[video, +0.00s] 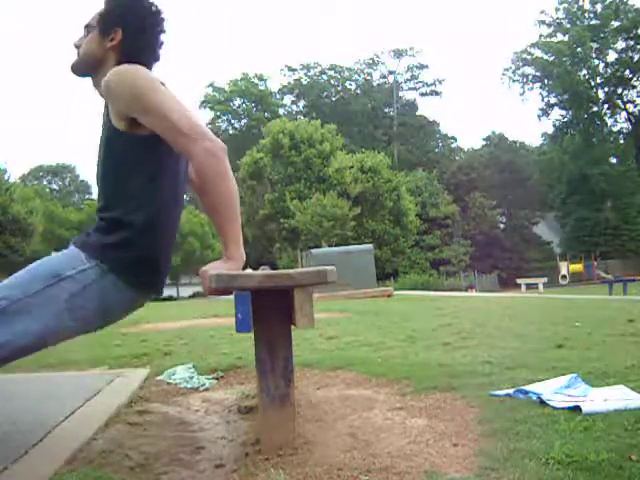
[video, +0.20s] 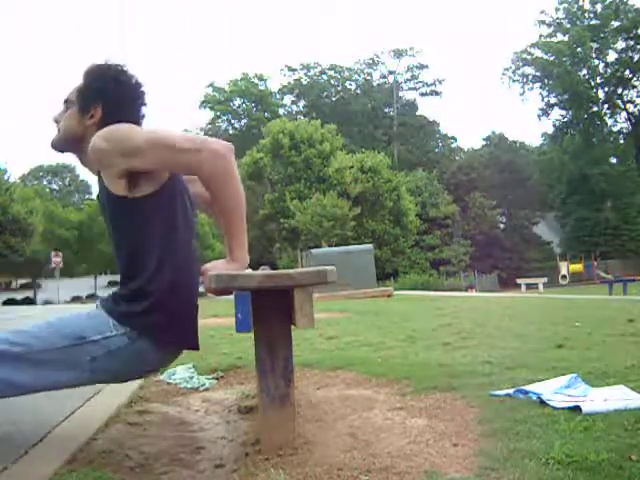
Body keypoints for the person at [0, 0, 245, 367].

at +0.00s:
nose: (78, 40)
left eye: (88, 31)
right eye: (84, 31)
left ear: (113, 39)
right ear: (112, 41)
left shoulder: (124, 80)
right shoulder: (136, 87)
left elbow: (209, 150)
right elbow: (200, 177)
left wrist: (233, 256)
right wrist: (234, 253)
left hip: (107, 267)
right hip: (111, 268)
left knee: (3, 326)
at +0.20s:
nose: (57, 116)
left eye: (67, 105)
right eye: (63, 105)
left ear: (93, 115)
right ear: (91, 114)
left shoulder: (109, 143)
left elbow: (217, 155)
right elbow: (209, 193)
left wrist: (238, 257)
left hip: (138, 329)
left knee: (5, 351)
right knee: (7, 348)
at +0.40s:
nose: (61, 107)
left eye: (72, 98)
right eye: (68, 97)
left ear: (96, 110)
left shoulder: (113, 136)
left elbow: (221, 154)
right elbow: (214, 193)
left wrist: (239, 258)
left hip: (136, 324)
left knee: (3, 344)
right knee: (5, 337)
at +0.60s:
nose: (77, 29)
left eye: (88, 18)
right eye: (83, 18)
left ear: (116, 26)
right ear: (114, 27)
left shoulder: (125, 63)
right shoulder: (158, 75)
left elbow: (189, 145)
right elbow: (197, 157)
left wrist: (233, 253)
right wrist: (232, 251)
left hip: (109, 251)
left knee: (3, 312)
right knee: (5, 320)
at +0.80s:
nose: (78, 21)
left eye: (88, 10)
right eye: (83, 11)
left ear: (117, 15)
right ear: (114, 17)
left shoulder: (128, 57)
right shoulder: (158, 67)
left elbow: (181, 151)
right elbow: (190, 160)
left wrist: (229, 253)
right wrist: (231, 253)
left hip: (103, 240)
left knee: (3, 313)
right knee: (7, 323)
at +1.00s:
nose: (64, 99)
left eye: (73, 86)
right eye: (69, 86)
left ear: (101, 91)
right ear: (102, 92)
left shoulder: (114, 122)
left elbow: (222, 154)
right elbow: (211, 190)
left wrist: (239, 259)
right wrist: (243, 251)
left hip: (134, 308)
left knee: (3, 338)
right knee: (9, 326)